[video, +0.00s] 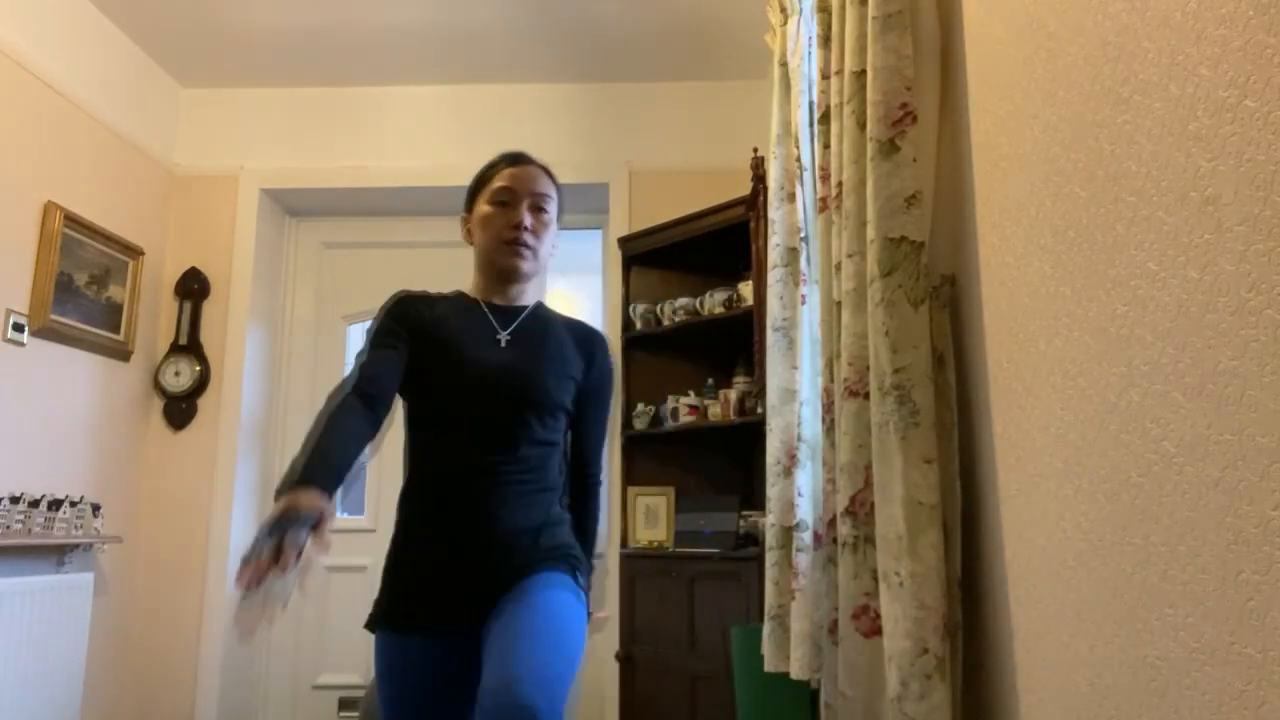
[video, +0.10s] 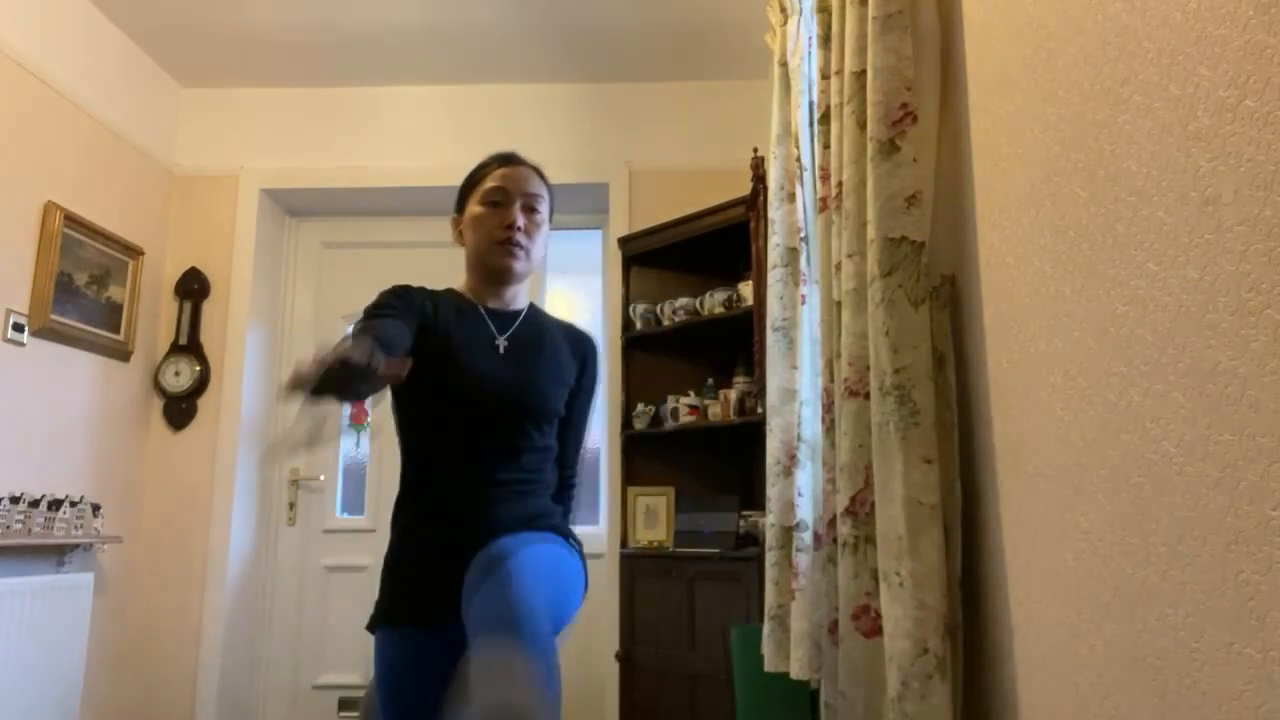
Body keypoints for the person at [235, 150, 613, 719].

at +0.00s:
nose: (523, 217)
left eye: (540, 208)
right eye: (504, 201)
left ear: (555, 236)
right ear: (470, 225)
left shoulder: (585, 349)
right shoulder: (415, 316)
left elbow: (584, 479)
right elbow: (364, 399)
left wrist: (579, 580)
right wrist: (308, 491)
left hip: (538, 570)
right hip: (426, 574)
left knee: (519, 702)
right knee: (413, 709)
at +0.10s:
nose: (515, 219)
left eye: (532, 209)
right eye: (496, 203)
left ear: (547, 236)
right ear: (459, 228)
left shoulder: (574, 349)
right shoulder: (417, 308)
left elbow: (564, 474)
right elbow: (385, 331)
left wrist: (548, 552)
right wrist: (358, 360)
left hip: (532, 546)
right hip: (427, 555)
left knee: (507, 586)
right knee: (400, 709)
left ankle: (514, 711)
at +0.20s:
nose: (511, 223)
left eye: (527, 213)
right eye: (490, 208)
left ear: (539, 240)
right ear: (453, 230)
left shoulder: (567, 356)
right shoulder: (415, 325)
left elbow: (556, 486)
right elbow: (382, 342)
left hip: (520, 591)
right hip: (421, 585)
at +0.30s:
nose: (513, 224)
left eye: (527, 213)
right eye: (495, 209)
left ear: (540, 240)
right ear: (461, 228)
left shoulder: (565, 355)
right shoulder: (407, 336)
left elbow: (563, 493)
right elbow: (391, 322)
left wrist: (531, 635)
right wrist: (410, 249)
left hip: (526, 590)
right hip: (421, 597)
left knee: (514, 475)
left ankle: (484, 370)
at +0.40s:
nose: (506, 226)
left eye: (524, 214)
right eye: (486, 208)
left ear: (537, 240)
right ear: (449, 227)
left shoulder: (565, 352)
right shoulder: (412, 326)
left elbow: (570, 490)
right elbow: (389, 335)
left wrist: (555, 624)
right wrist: (396, 299)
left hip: (531, 597)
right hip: (429, 595)